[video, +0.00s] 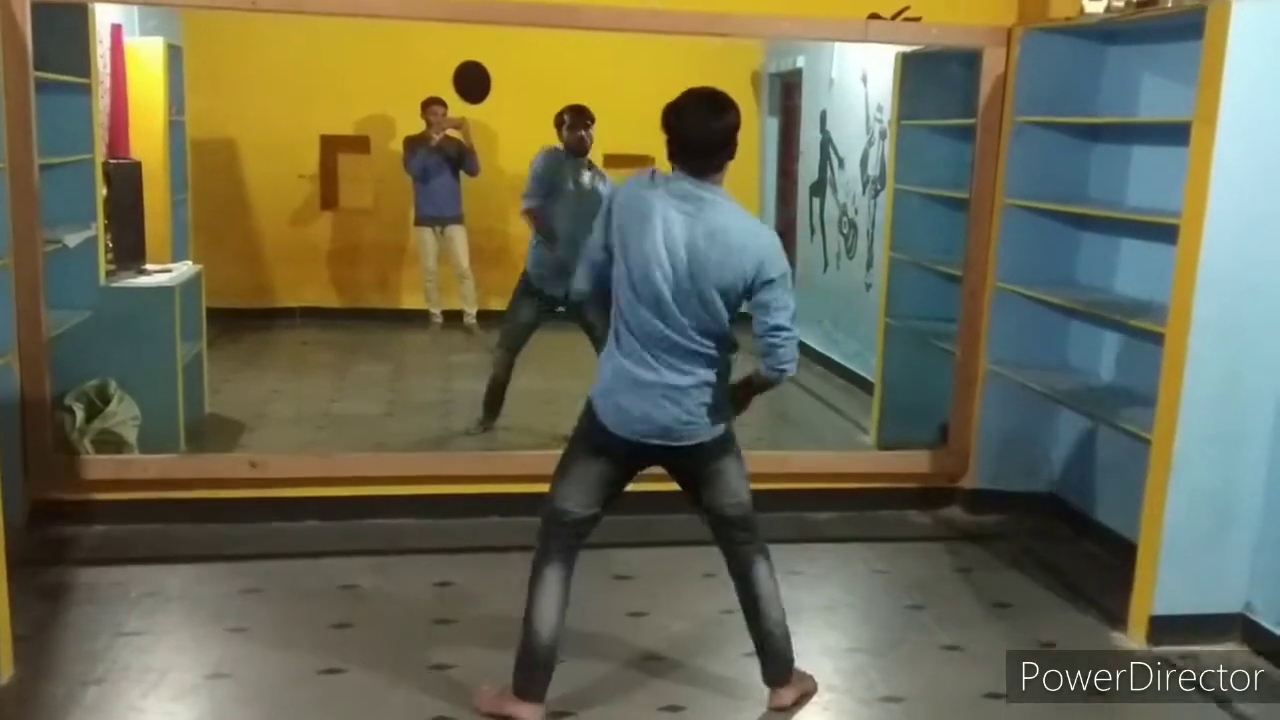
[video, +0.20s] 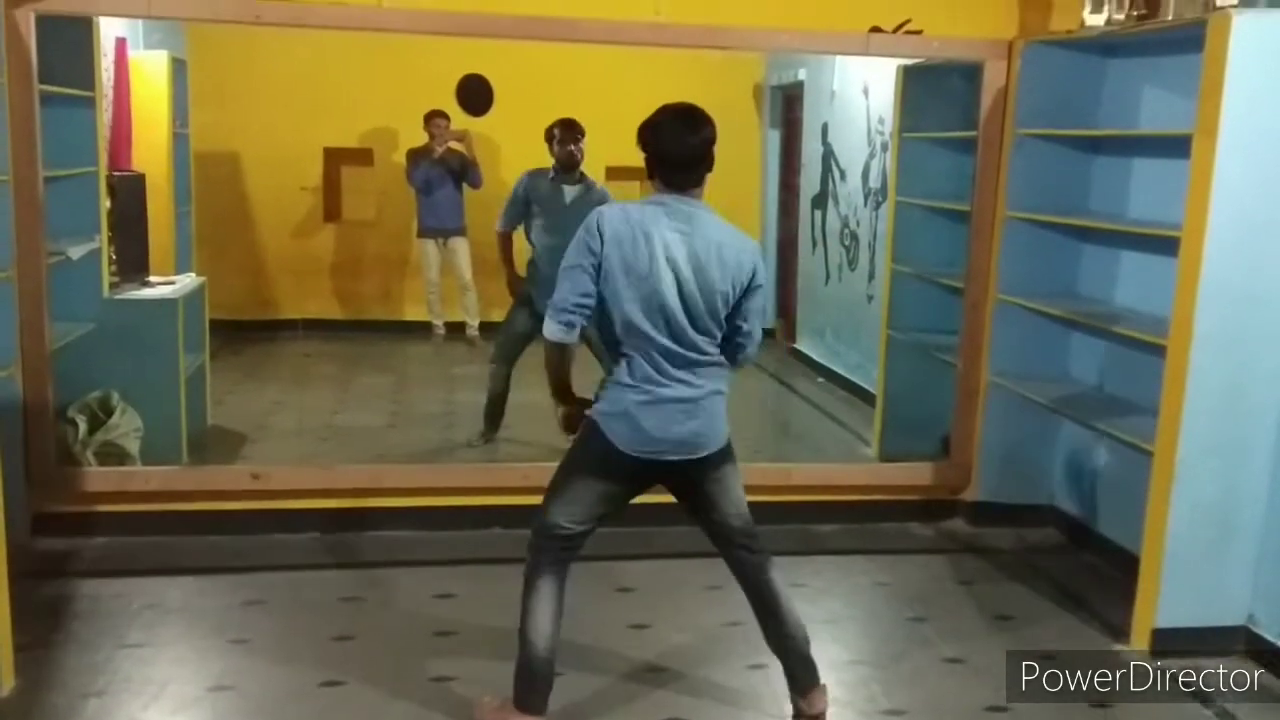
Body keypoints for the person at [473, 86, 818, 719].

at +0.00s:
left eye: (670, 139)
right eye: (730, 138)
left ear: (667, 144)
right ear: (733, 149)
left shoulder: (626, 200)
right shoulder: (755, 242)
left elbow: (584, 292)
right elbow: (779, 364)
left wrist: (617, 354)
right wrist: (733, 394)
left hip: (616, 410)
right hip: (697, 420)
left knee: (558, 540)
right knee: (745, 546)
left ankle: (527, 694)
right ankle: (782, 683)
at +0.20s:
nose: (643, 162)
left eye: (642, 154)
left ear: (647, 161)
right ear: (711, 163)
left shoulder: (605, 227)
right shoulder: (741, 249)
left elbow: (558, 335)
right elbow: (740, 349)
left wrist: (565, 399)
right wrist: (678, 349)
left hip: (622, 431)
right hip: (702, 433)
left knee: (550, 554)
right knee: (752, 560)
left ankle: (528, 706)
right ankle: (810, 698)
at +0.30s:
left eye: (637, 168)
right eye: (702, 169)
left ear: (639, 176)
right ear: (702, 176)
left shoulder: (614, 236)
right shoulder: (733, 240)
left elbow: (576, 346)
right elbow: (772, 281)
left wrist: (582, 409)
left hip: (635, 437)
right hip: (712, 438)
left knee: (548, 548)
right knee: (759, 568)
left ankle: (533, 706)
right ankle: (817, 706)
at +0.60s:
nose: (624, 193)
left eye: (625, 186)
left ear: (632, 192)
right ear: (694, 186)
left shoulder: (626, 254)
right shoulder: (734, 248)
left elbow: (618, 371)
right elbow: (755, 299)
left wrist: (609, 434)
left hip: (654, 455)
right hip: (727, 454)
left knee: (561, 564)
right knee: (770, 583)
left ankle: (540, 711)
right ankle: (820, 710)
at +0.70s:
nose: (625, 199)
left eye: (626, 191)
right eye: (629, 190)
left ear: (633, 197)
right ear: (694, 191)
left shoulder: (628, 262)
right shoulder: (735, 261)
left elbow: (625, 374)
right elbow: (726, 348)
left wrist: (610, 439)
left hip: (654, 462)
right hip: (728, 459)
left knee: (560, 567)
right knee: (770, 586)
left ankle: (541, 712)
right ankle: (821, 710)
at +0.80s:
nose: (619, 199)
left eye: (619, 192)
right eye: (624, 190)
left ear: (629, 202)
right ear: (691, 196)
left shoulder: (635, 269)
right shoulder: (733, 266)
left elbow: (634, 386)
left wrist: (612, 441)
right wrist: (710, 236)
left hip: (656, 466)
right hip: (728, 461)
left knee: (560, 570)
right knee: (770, 588)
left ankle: (543, 711)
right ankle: (821, 710)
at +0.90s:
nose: (618, 214)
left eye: (617, 206)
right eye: (619, 207)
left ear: (627, 214)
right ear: (684, 200)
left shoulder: (649, 269)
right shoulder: (734, 259)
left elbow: (644, 396)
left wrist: (615, 442)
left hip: (658, 468)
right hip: (726, 463)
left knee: (561, 572)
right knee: (769, 592)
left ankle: (545, 711)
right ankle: (820, 711)